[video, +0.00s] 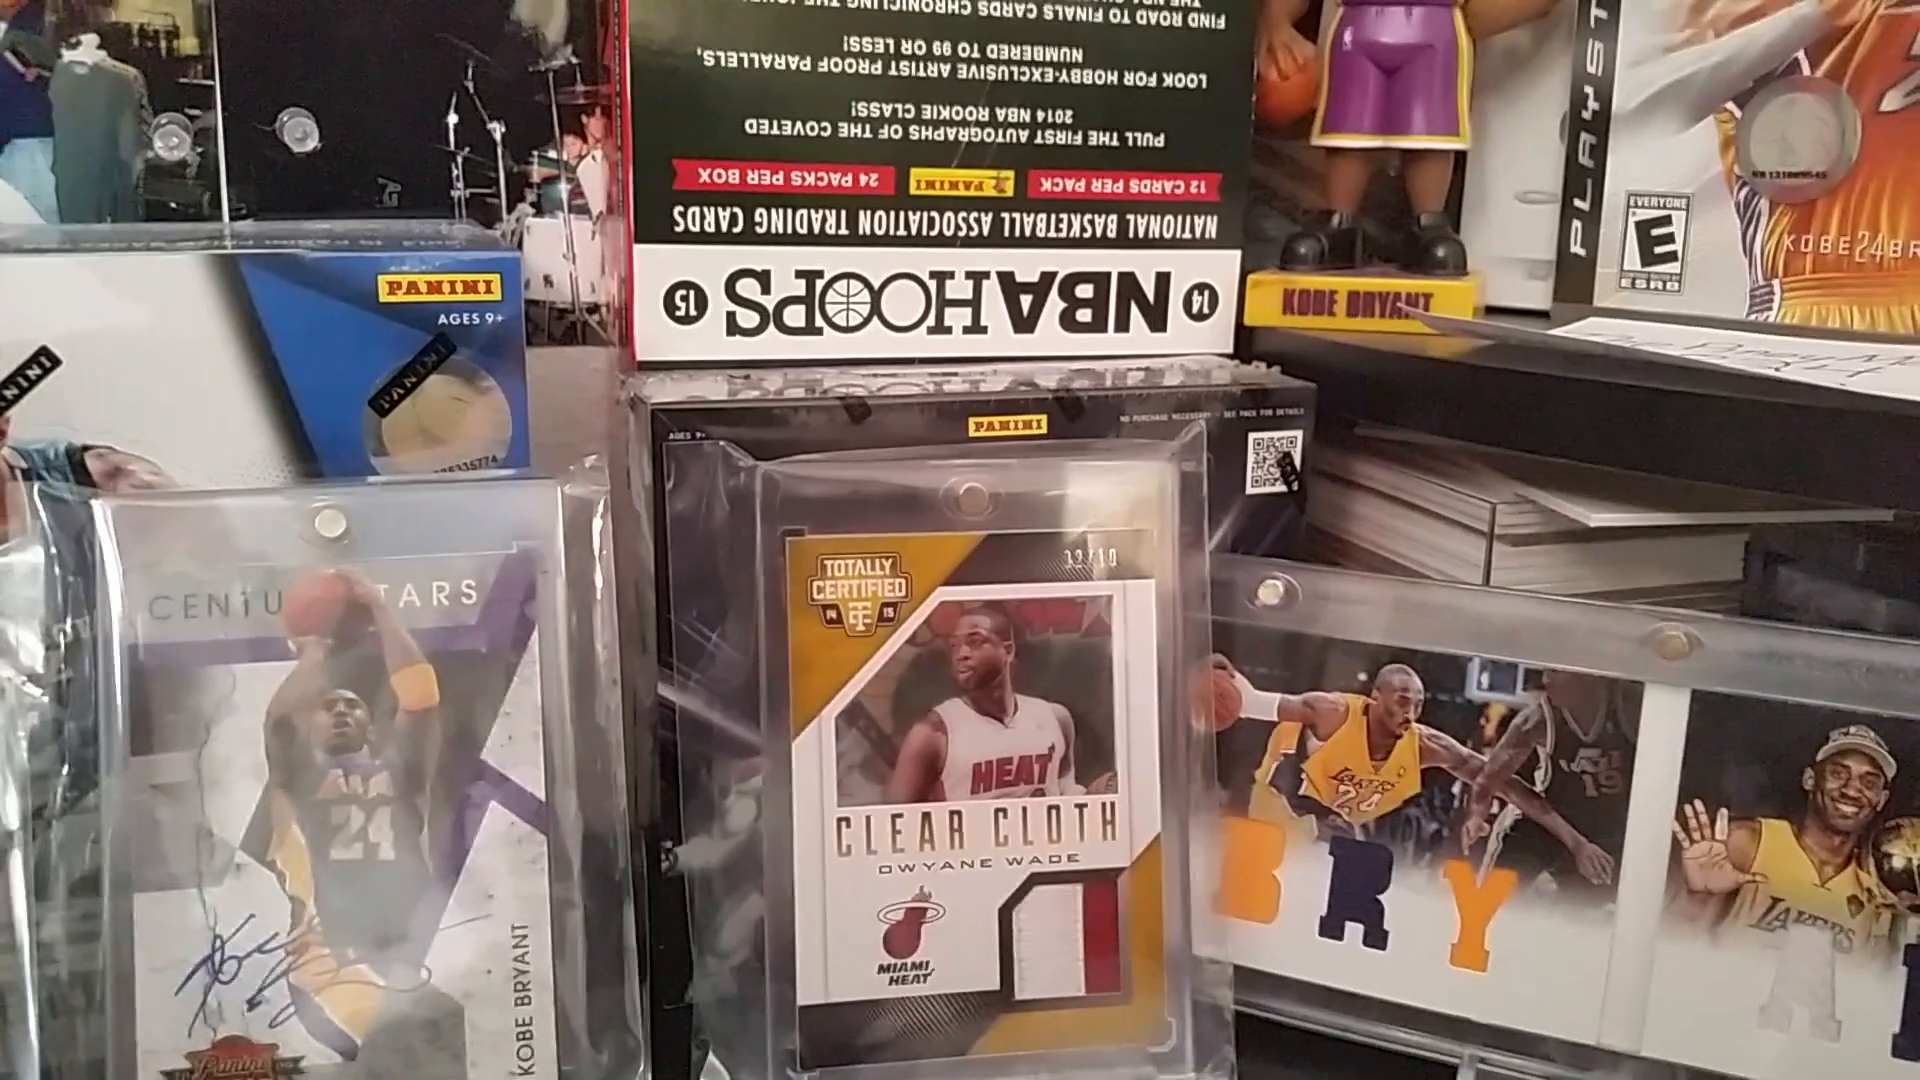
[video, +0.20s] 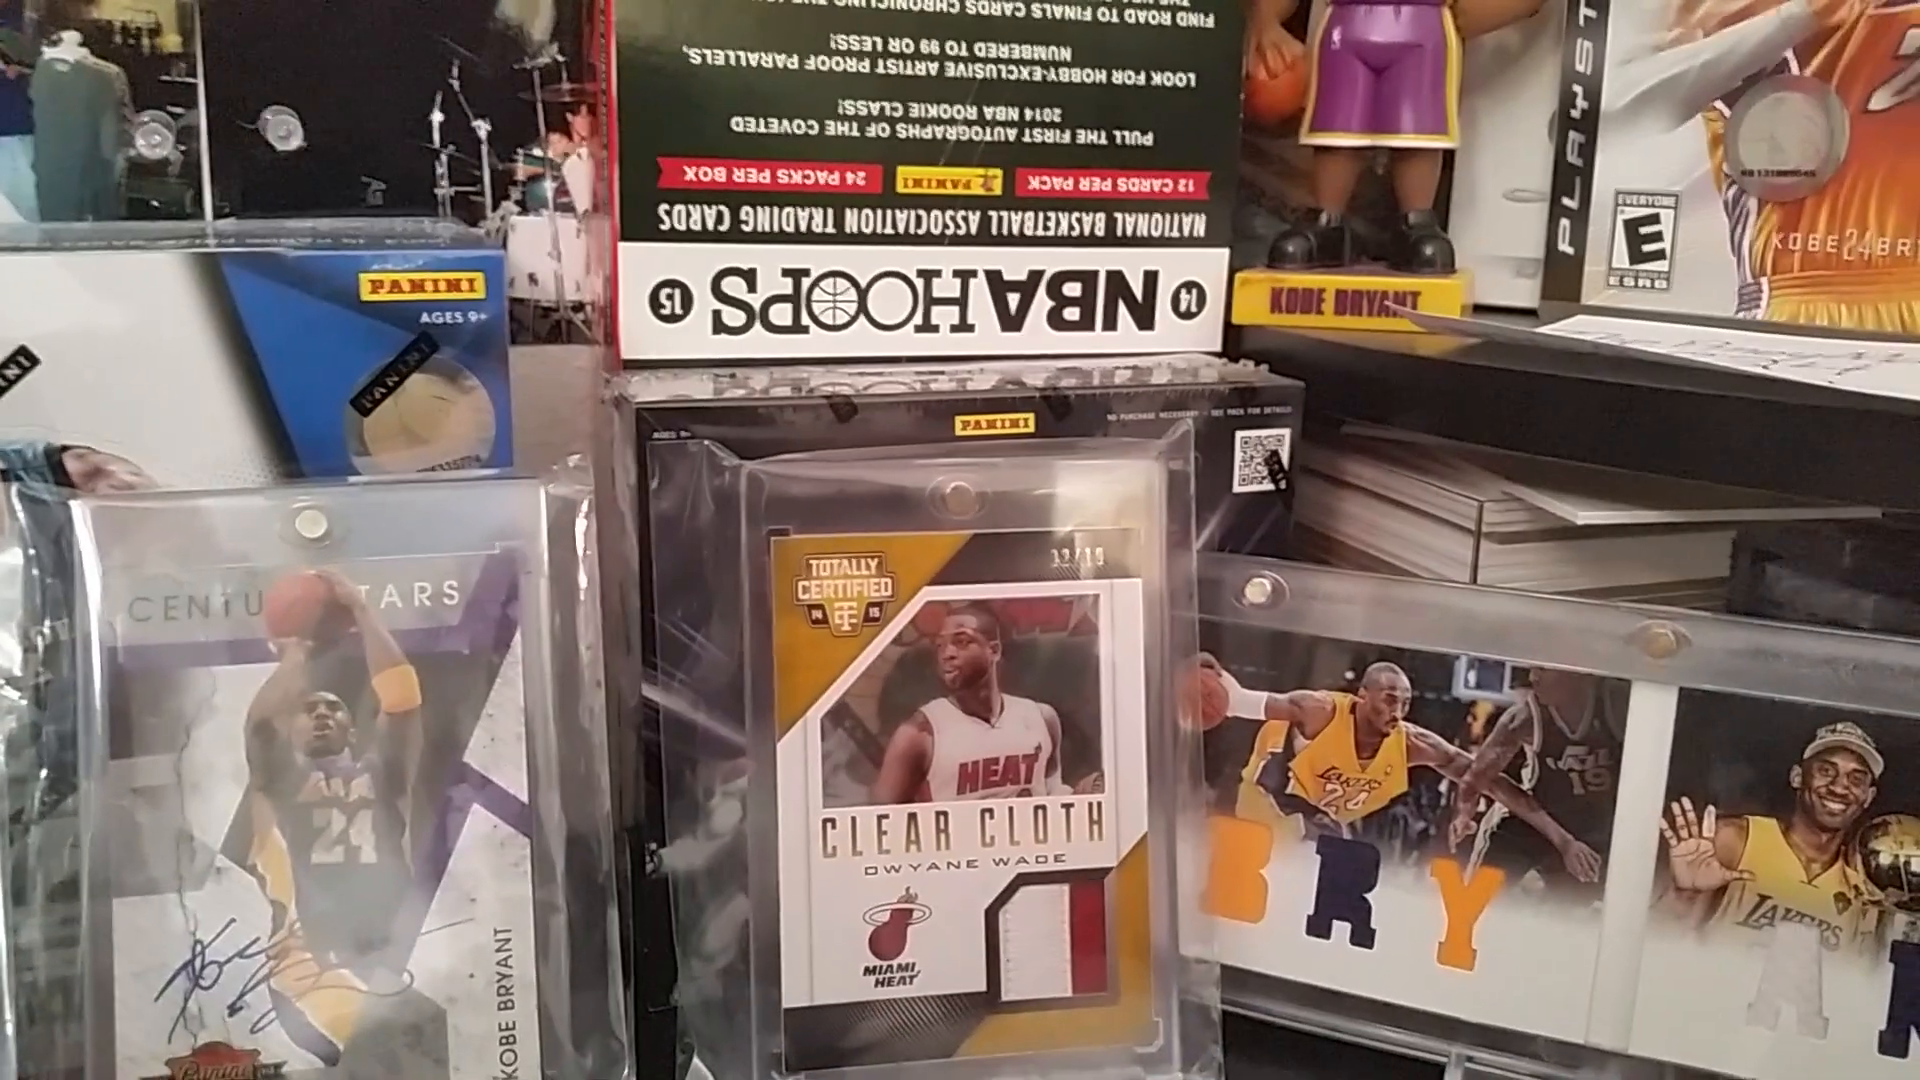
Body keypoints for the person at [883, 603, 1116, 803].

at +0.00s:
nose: (960, 654)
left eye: (975, 641)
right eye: (955, 645)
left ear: (1007, 651)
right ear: (950, 653)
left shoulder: (1057, 721)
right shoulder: (931, 735)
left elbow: (1066, 797)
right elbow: (892, 829)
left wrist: (1096, 796)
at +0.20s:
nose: (946, 654)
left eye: (961, 641)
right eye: (940, 645)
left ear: (994, 651)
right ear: (936, 652)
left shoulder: (1043, 720)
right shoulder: (917, 735)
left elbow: (1052, 795)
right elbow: (878, 828)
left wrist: (1081, 797)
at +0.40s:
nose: (945, 655)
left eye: (960, 642)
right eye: (938, 646)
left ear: (992, 652)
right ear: (933, 654)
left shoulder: (1042, 722)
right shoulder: (916, 736)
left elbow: (1051, 800)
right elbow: (875, 829)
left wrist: (1079, 799)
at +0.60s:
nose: (945, 654)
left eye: (959, 642)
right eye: (938, 646)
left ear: (992, 651)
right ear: (933, 654)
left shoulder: (1042, 721)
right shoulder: (916, 736)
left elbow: (1051, 799)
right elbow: (876, 829)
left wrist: (1079, 799)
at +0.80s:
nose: (944, 655)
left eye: (959, 642)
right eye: (938, 646)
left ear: (992, 652)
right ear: (933, 654)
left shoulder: (1041, 722)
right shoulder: (915, 736)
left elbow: (1051, 800)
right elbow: (876, 830)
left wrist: (1079, 798)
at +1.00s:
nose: (945, 655)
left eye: (960, 642)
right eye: (939, 646)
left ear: (993, 652)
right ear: (934, 654)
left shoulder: (1042, 722)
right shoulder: (916, 736)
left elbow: (1052, 801)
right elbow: (877, 830)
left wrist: (1080, 799)